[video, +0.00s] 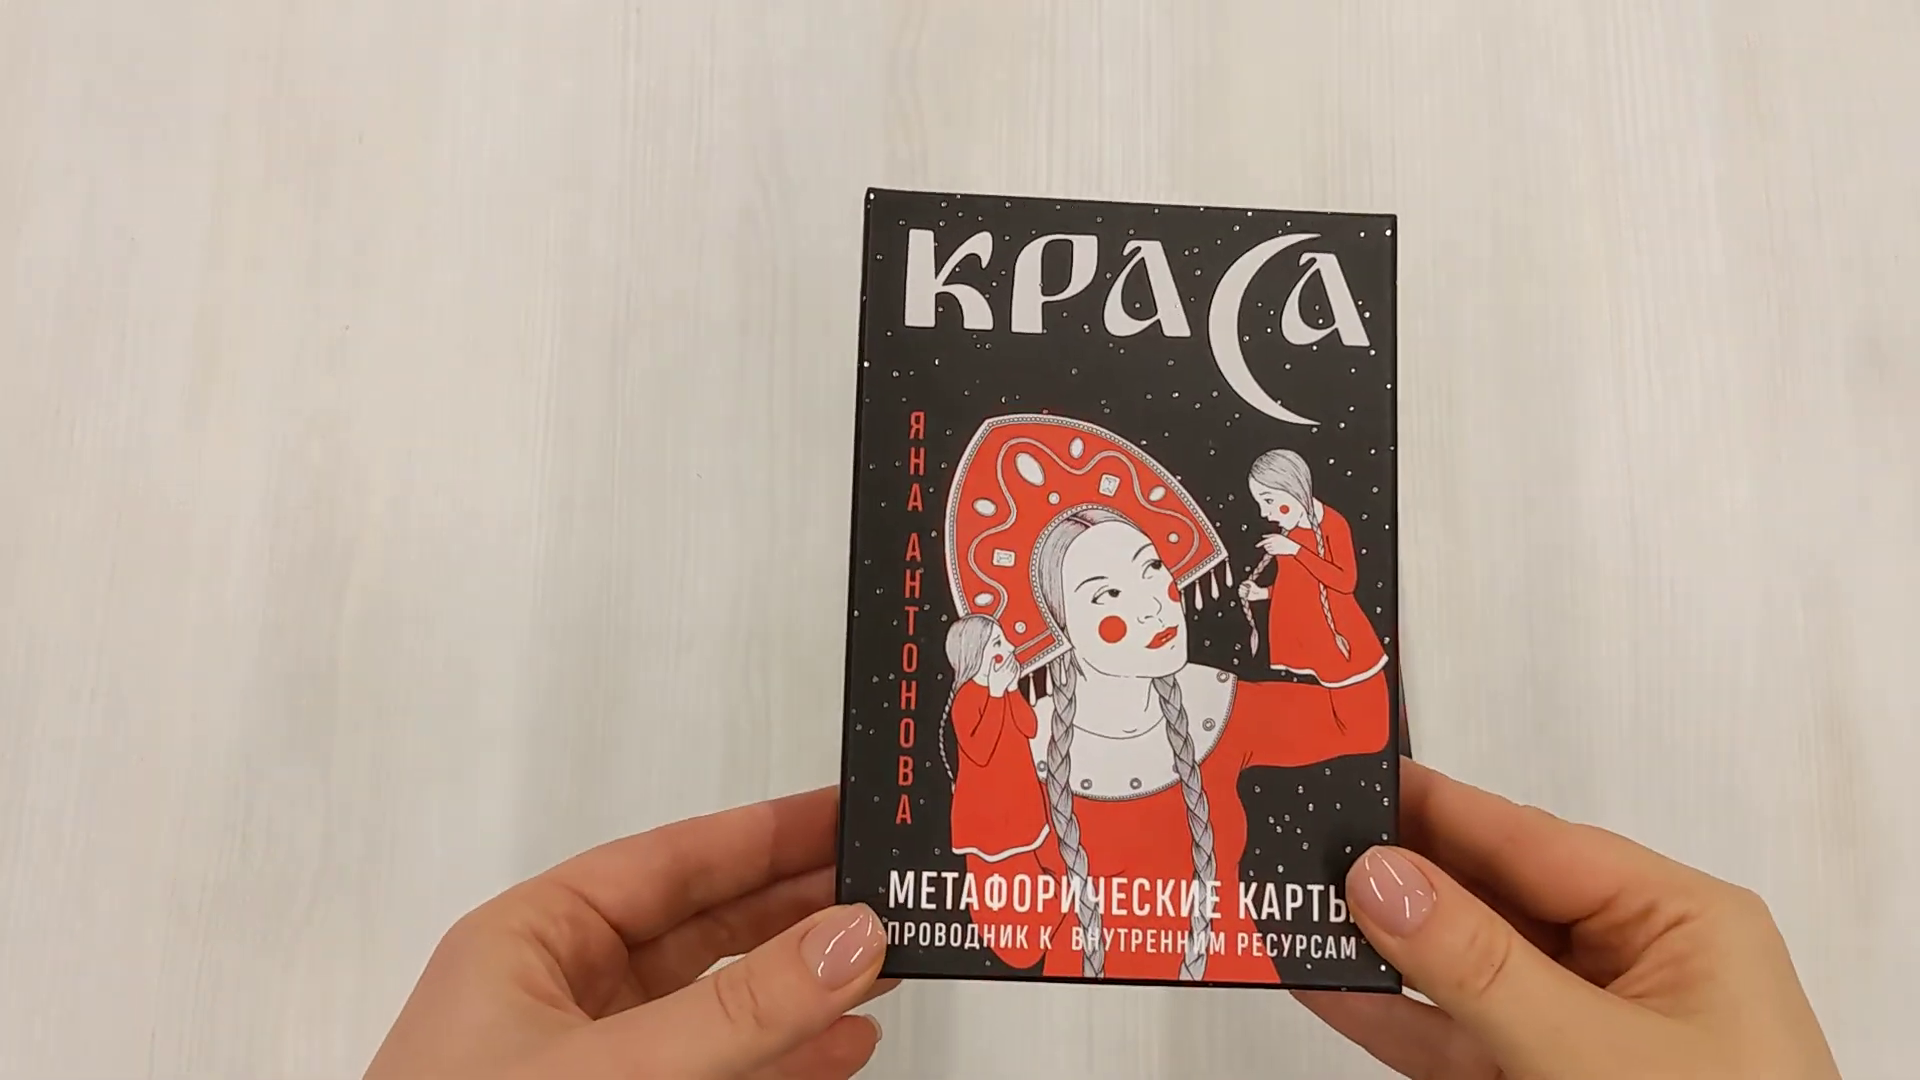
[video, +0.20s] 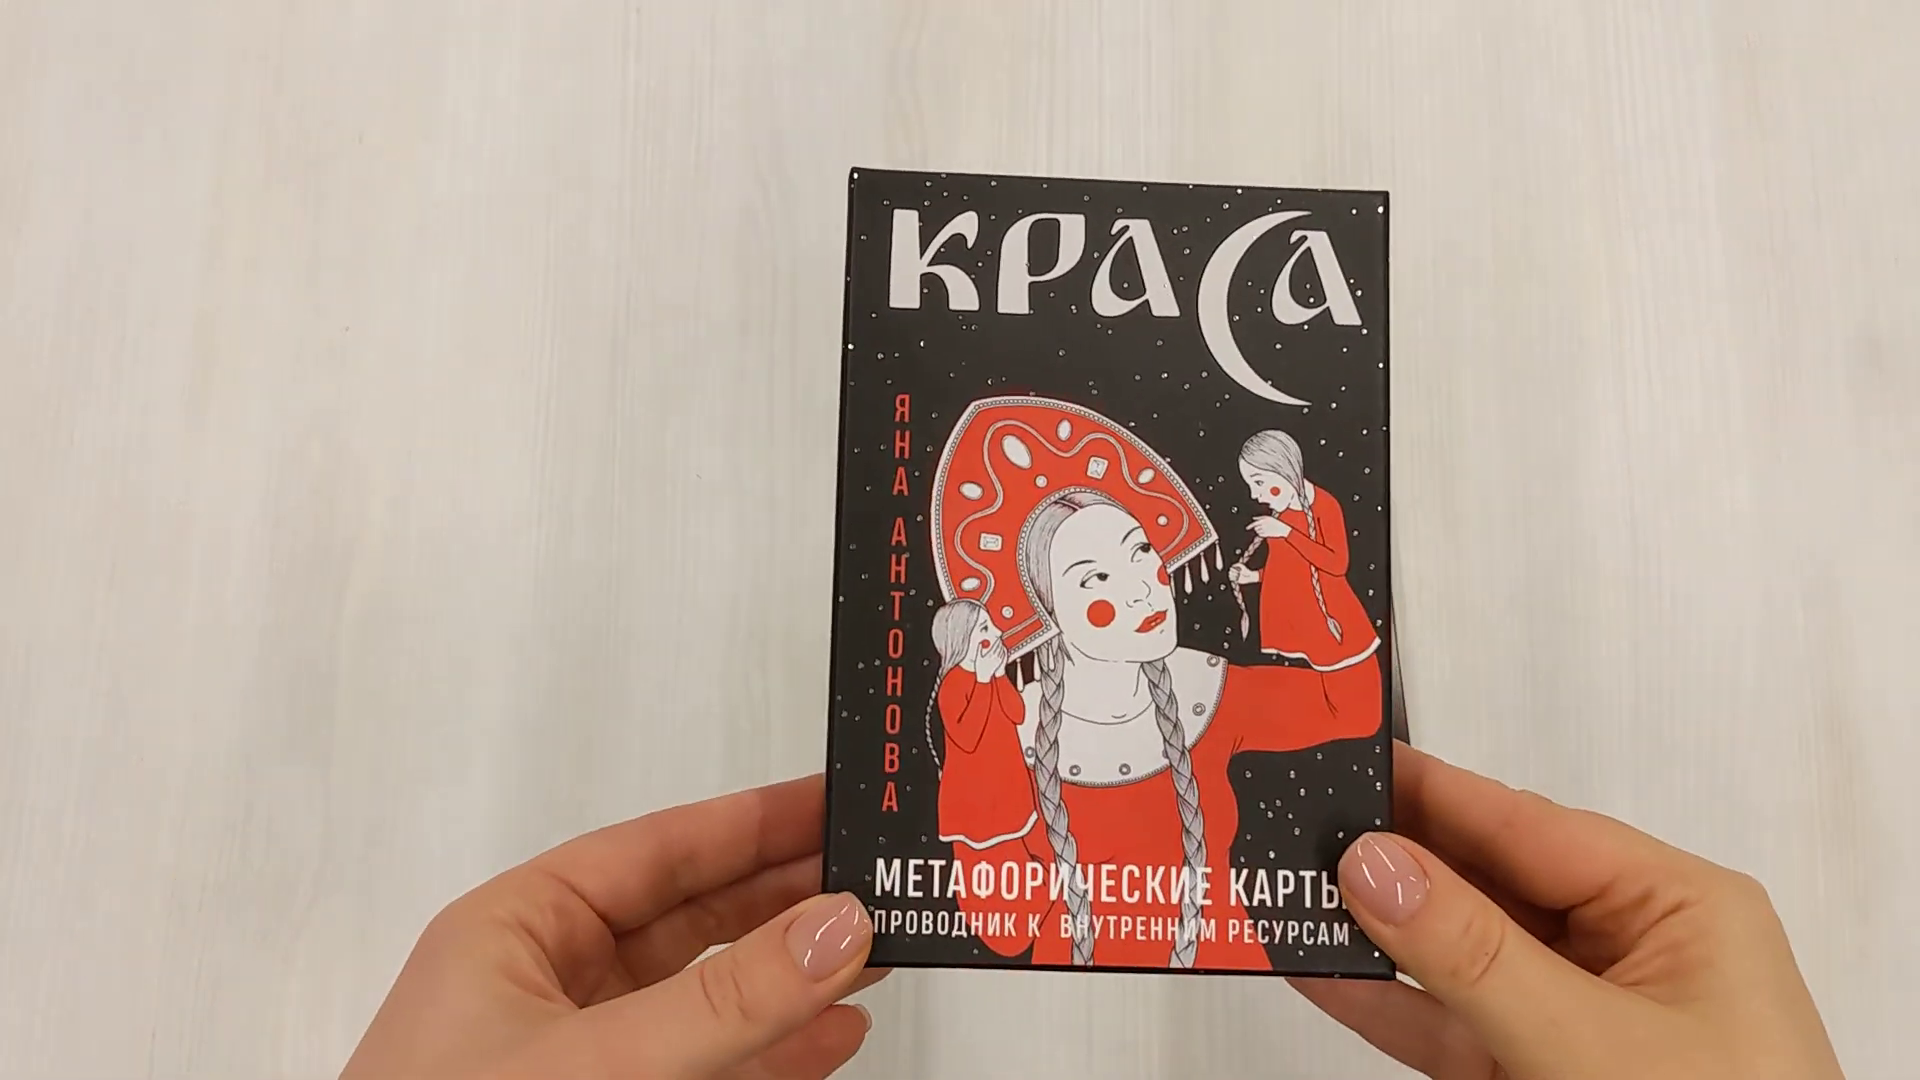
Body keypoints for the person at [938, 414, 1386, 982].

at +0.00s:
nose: (1155, 603)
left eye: (1150, 568)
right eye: (1105, 596)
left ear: (1170, 574)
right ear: (1066, 631)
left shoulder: (1214, 706)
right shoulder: (1025, 737)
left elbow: (1360, 720)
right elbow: (1018, 942)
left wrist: (1313, 577)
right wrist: (992, 720)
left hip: (1226, 1001)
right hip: (1084, 1009)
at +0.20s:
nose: (1143, 587)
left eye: (1138, 552)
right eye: (1093, 580)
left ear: (1159, 557)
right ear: (1054, 614)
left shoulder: (1207, 691)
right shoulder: (1012, 723)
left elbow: (1353, 703)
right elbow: (1005, 929)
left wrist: (1304, 557)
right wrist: (977, 705)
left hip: (1220, 988)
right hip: (1075, 997)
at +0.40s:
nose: (1136, 572)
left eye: (1133, 536)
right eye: (1085, 564)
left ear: (1153, 542)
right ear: (1046, 599)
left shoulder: (1199, 674)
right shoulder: (1001, 707)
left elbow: (1355, 687)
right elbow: (997, 918)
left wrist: (1311, 539)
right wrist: (971, 693)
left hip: (1221, 987)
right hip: (1066, 996)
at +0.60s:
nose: (1138, 567)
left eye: (1135, 534)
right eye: (1090, 561)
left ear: (1156, 538)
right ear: (1051, 593)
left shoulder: (1198, 663)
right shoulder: (1008, 699)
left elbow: (1358, 676)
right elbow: (999, 904)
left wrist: (1308, 531)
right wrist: (976, 699)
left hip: (1224, 958)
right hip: (1076, 963)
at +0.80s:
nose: (1140, 573)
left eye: (1139, 541)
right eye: (1093, 566)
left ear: (1158, 547)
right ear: (1053, 597)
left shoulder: (1201, 666)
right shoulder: (1009, 705)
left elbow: (1360, 677)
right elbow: (998, 903)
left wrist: (1314, 538)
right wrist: (979, 701)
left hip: (1222, 956)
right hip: (1074, 961)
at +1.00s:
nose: (1154, 574)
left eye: (1151, 542)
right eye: (1105, 567)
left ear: (1171, 547)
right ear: (1067, 597)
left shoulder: (1213, 666)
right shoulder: (1023, 700)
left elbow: (1371, 679)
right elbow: (1005, 889)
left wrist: (1314, 537)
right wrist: (986, 700)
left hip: (1232, 952)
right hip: (1083, 956)